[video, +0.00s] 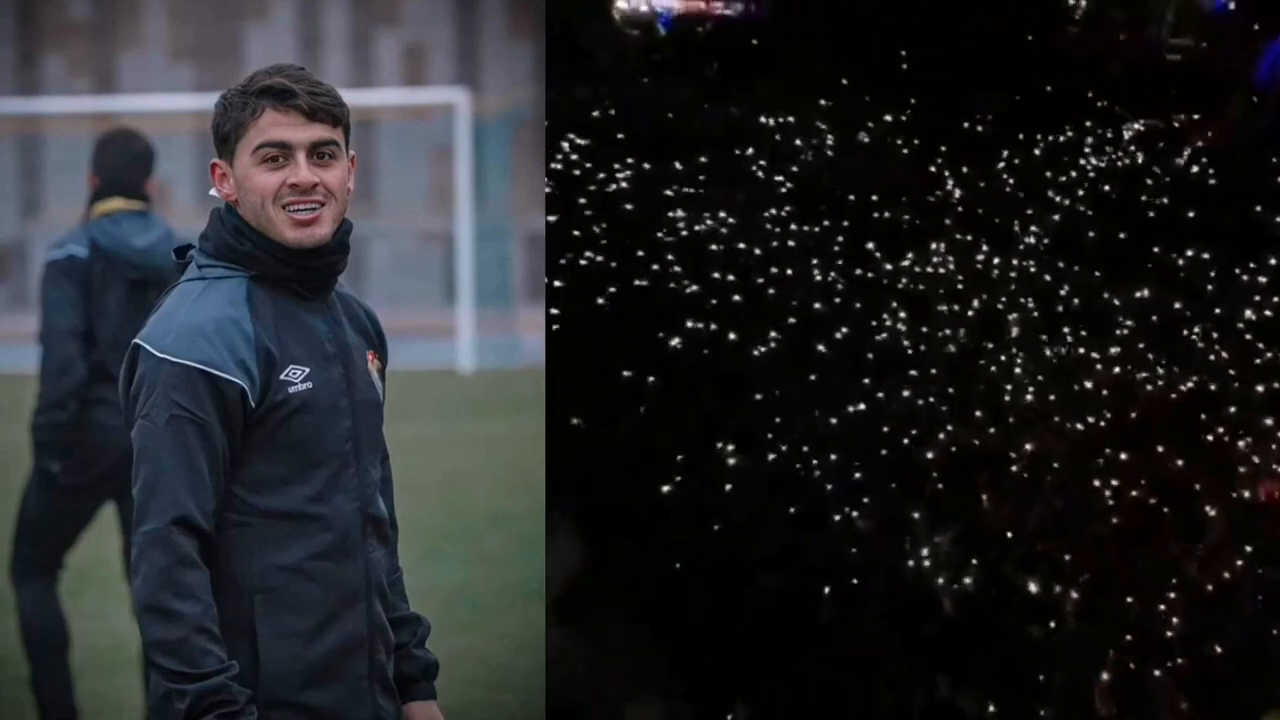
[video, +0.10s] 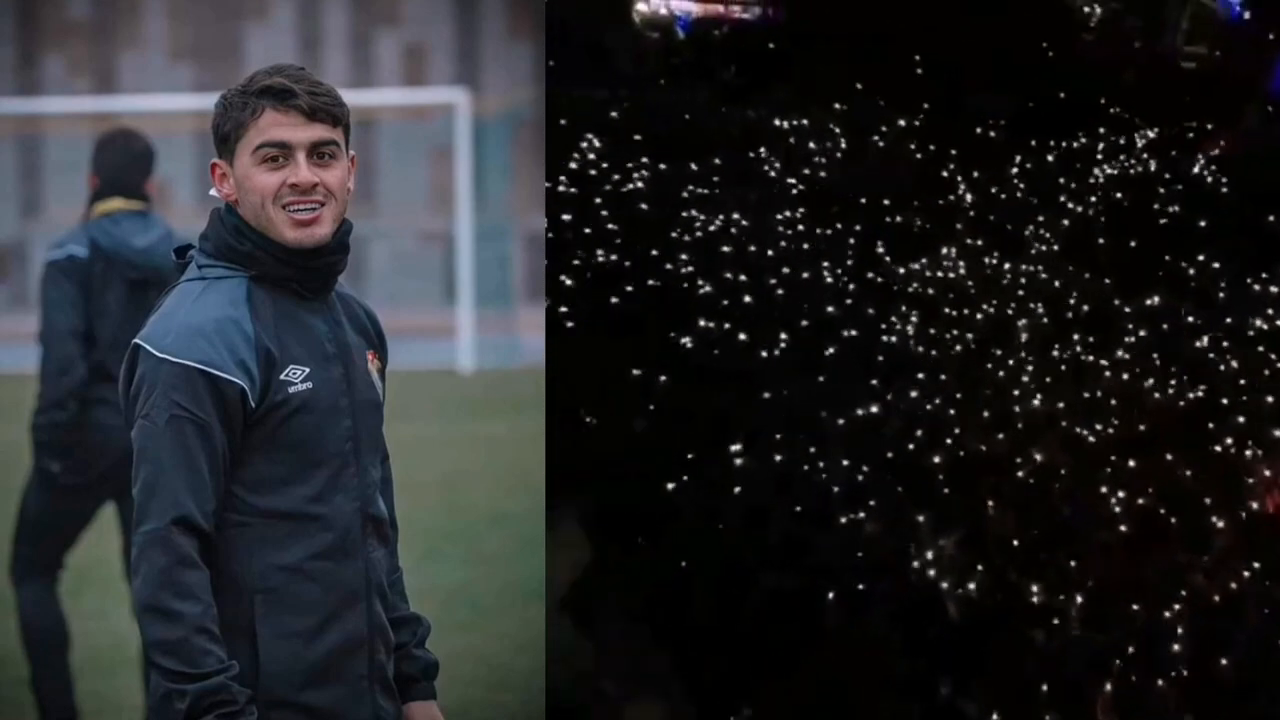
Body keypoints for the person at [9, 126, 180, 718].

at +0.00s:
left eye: (92, 173)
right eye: (150, 178)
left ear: (94, 180)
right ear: (152, 185)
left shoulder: (73, 254)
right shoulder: (178, 255)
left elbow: (65, 363)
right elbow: (191, 352)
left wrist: (51, 442)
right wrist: (175, 429)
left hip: (87, 449)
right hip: (158, 448)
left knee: (34, 570)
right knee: (157, 580)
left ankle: (57, 707)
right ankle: (167, 704)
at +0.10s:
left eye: (92, 173)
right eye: (150, 178)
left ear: (94, 180)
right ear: (152, 185)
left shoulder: (73, 254)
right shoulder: (178, 255)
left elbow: (65, 363)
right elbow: (191, 352)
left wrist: (51, 442)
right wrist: (175, 429)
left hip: (87, 449)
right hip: (158, 448)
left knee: (34, 570)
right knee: (157, 580)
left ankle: (57, 707)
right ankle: (167, 704)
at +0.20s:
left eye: (92, 173)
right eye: (150, 178)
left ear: (94, 180)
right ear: (152, 185)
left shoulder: (73, 254)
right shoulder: (178, 255)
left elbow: (65, 363)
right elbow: (191, 352)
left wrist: (51, 442)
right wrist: (175, 429)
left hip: (87, 449)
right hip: (158, 448)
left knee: (34, 570)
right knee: (157, 580)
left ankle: (57, 707)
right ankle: (167, 704)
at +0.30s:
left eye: (92, 174)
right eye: (151, 178)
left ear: (94, 180)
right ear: (152, 185)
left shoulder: (73, 253)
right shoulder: (177, 254)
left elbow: (65, 363)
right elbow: (190, 351)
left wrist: (49, 441)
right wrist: (174, 428)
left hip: (87, 448)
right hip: (158, 447)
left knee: (34, 569)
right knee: (157, 580)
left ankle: (57, 708)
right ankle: (167, 705)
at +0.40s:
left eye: (92, 174)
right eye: (151, 178)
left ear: (94, 180)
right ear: (152, 185)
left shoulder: (73, 253)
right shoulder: (177, 254)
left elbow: (65, 363)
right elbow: (190, 351)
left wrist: (49, 441)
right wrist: (174, 428)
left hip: (87, 448)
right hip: (158, 447)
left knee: (34, 569)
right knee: (157, 580)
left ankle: (57, 708)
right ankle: (167, 705)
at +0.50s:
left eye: (92, 174)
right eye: (151, 178)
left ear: (94, 180)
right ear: (152, 185)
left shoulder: (73, 253)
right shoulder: (177, 254)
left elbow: (65, 363)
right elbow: (190, 351)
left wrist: (49, 441)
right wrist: (174, 428)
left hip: (87, 448)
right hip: (158, 447)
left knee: (34, 569)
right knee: (157, 580)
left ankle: (57, 708)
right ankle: (167, 705)